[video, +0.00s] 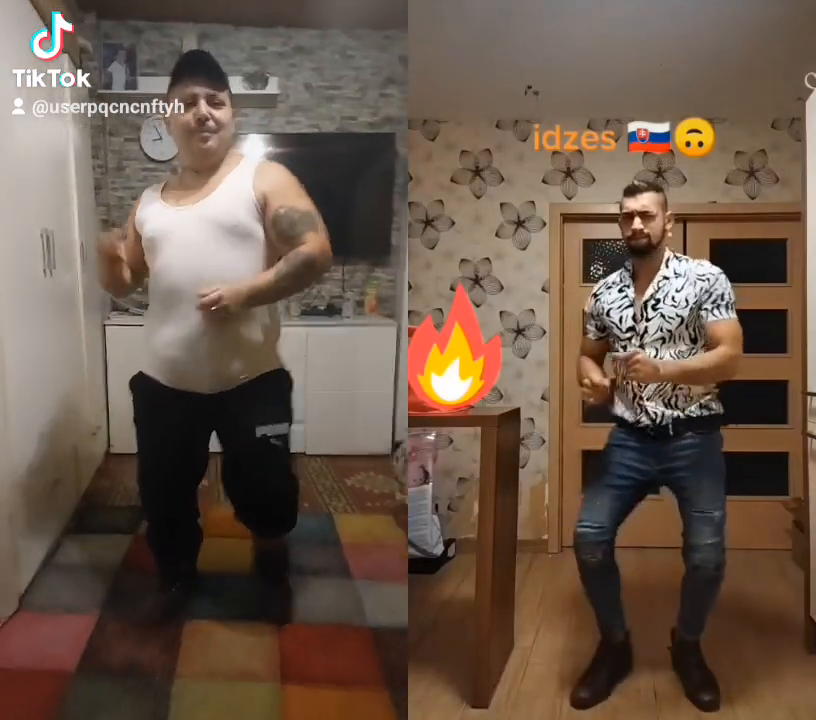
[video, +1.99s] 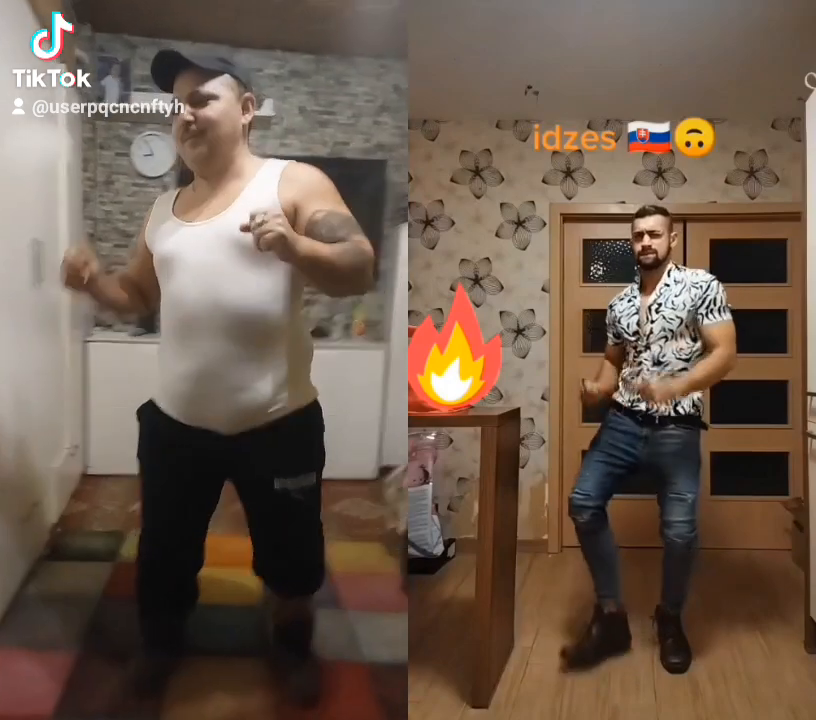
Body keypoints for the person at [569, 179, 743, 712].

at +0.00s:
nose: (634, 225)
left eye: (645, 216)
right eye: (626, 217)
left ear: (668, 221)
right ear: (618, 225)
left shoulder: (704, 278)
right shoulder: (607, 292)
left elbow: (730, 355)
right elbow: (588, 357)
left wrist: (664, 369)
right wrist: (594, 376)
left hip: (695, 439)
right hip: (630, 440)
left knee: (707, 560)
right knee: (589, 540)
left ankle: (687, 647)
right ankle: (614, 647)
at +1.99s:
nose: (645, 243)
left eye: (653, 235)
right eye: (638, 236)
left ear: (672, 240)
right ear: (632, 244)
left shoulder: (701, 286)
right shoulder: (621, 304)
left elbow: (725, 353)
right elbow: (612, 361)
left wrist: (676, 385)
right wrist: (599, 387)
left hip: (676, 427)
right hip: (622, 422)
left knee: (679, 533)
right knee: (583, 505)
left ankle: (671, 621)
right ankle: (611, 622)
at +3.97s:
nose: (660, 261)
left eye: (667, 254)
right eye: (653, 254)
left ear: (679, 255)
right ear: (643, 256)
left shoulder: (701, 299)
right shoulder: (622, 299)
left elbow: (718, 360)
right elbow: (604, 346)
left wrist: (679, 344)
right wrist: (611, 373)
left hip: (688, 416)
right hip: (638, 414)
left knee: (696, 501)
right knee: (615, 491)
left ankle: (680, 576)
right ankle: (624, 592)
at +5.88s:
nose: (616, 272)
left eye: (621, 266)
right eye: (609, 265)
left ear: (627, 271)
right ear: (594, 269)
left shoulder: (644, 310)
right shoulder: (573, 313)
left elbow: (659, 364)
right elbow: (550, 364)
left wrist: (652, 360)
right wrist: (574, 383)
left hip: (642, 415)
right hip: (599, 416)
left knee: (673, 480)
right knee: (591, 491)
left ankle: (664, 577)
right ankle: (607, 569)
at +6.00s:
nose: (616, 263)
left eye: (621, 257)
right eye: (609, 257)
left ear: (628, 263)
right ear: (595, 261)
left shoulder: (644, 304)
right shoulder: (576, 307)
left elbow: (658, 350)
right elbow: (552, 356)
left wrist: (653, 370)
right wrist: (581, 367)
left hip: (643, 408)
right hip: (598, 410)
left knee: (676, 471)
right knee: (592, 488)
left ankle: (662, 567)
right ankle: (607, 567)